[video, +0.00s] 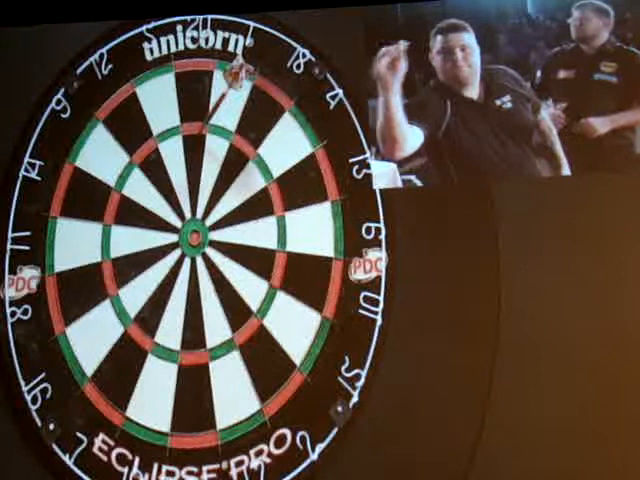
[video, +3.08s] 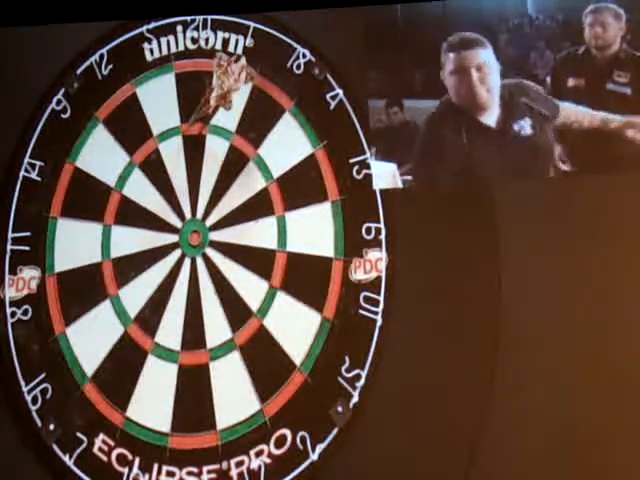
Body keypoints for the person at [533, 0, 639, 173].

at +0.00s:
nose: (577, 24)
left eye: (585, 20)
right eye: (574, 19)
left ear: (607, 24)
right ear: (569, 23)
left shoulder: (630, 61)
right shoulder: (556, 60)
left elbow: (637, 111)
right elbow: (536, 99)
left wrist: (607, 123)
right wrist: (547, 114)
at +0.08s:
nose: (575, 24)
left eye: (584, 19)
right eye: (574, 19)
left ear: (607, 24)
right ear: (570, 22)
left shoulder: (631, 60)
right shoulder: (558, 60)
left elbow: (637, 112)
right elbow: (542, 101)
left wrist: (611, 126)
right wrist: (554, 117)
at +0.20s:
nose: (571, 24)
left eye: (580, 19)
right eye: (572, 19)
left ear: (606, 24)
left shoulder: (631, 61)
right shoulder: (564, 59)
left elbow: (638, 121)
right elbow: (530, 95)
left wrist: (623, 144)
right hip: (571, 163)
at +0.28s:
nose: (570, 25)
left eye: (579, 19)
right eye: (571, 19)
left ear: (606, 24)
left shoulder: (632, 61)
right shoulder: (563, 59)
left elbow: (636, 114)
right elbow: (528, 94)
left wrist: (630, 148)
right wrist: (541, 74)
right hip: (571, 163)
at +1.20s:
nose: (590, 30)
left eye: (596, 23)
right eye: (585, 25)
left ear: (616, 24)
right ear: (579, 30)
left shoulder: (633, 60)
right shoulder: (569, 61)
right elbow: (531, 91)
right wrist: (549, 82)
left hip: (625, 159)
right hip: (578, 160)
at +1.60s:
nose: (597, 31)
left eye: (604, 25)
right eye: (592, 26)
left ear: (622, 25)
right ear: (586, 30)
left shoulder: (635, 61)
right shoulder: (570, 61)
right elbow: (548, 98)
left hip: (626, 158)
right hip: (580, 160)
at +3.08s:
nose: (596, 31)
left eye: (603, 25)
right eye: (590, 25)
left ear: (621, 28)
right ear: (584, 30)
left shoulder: (635, 65)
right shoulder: (565, 64)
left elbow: (636, 118)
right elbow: (552, 110)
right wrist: (556, 144)